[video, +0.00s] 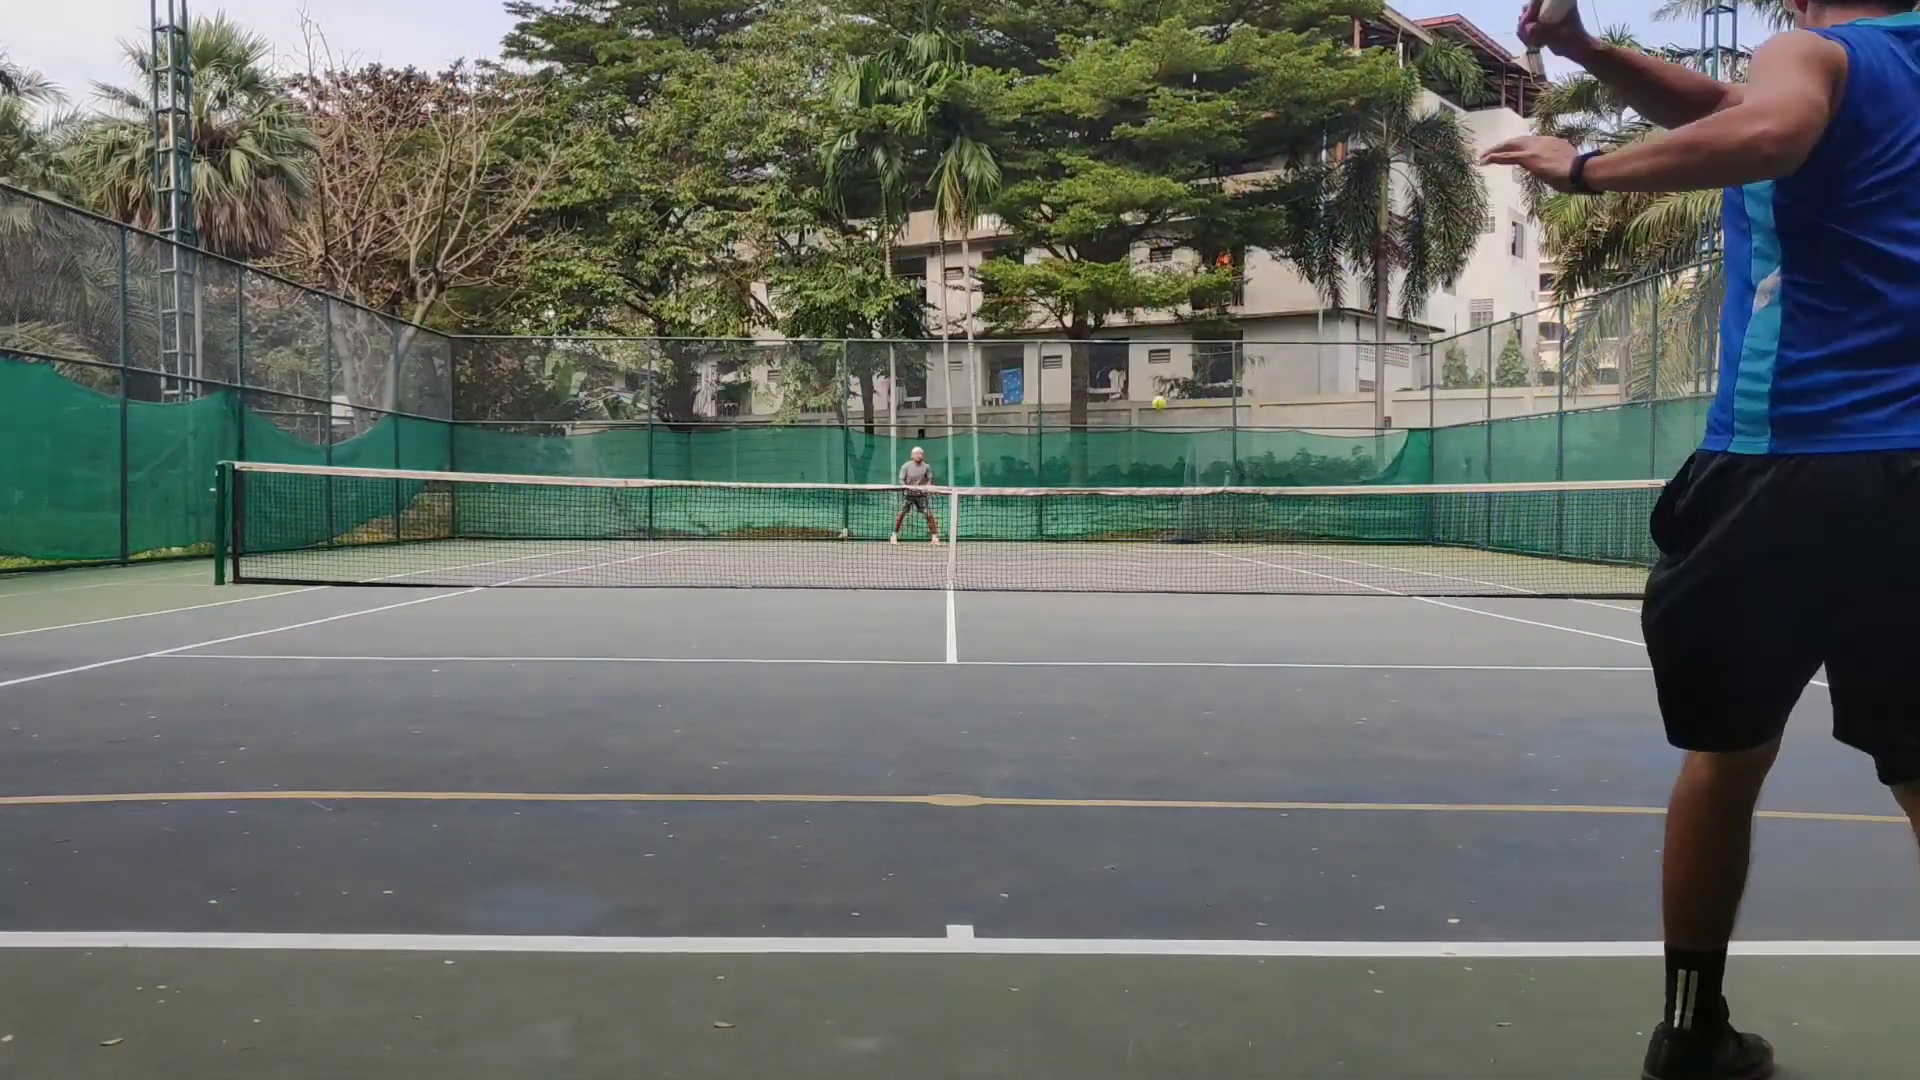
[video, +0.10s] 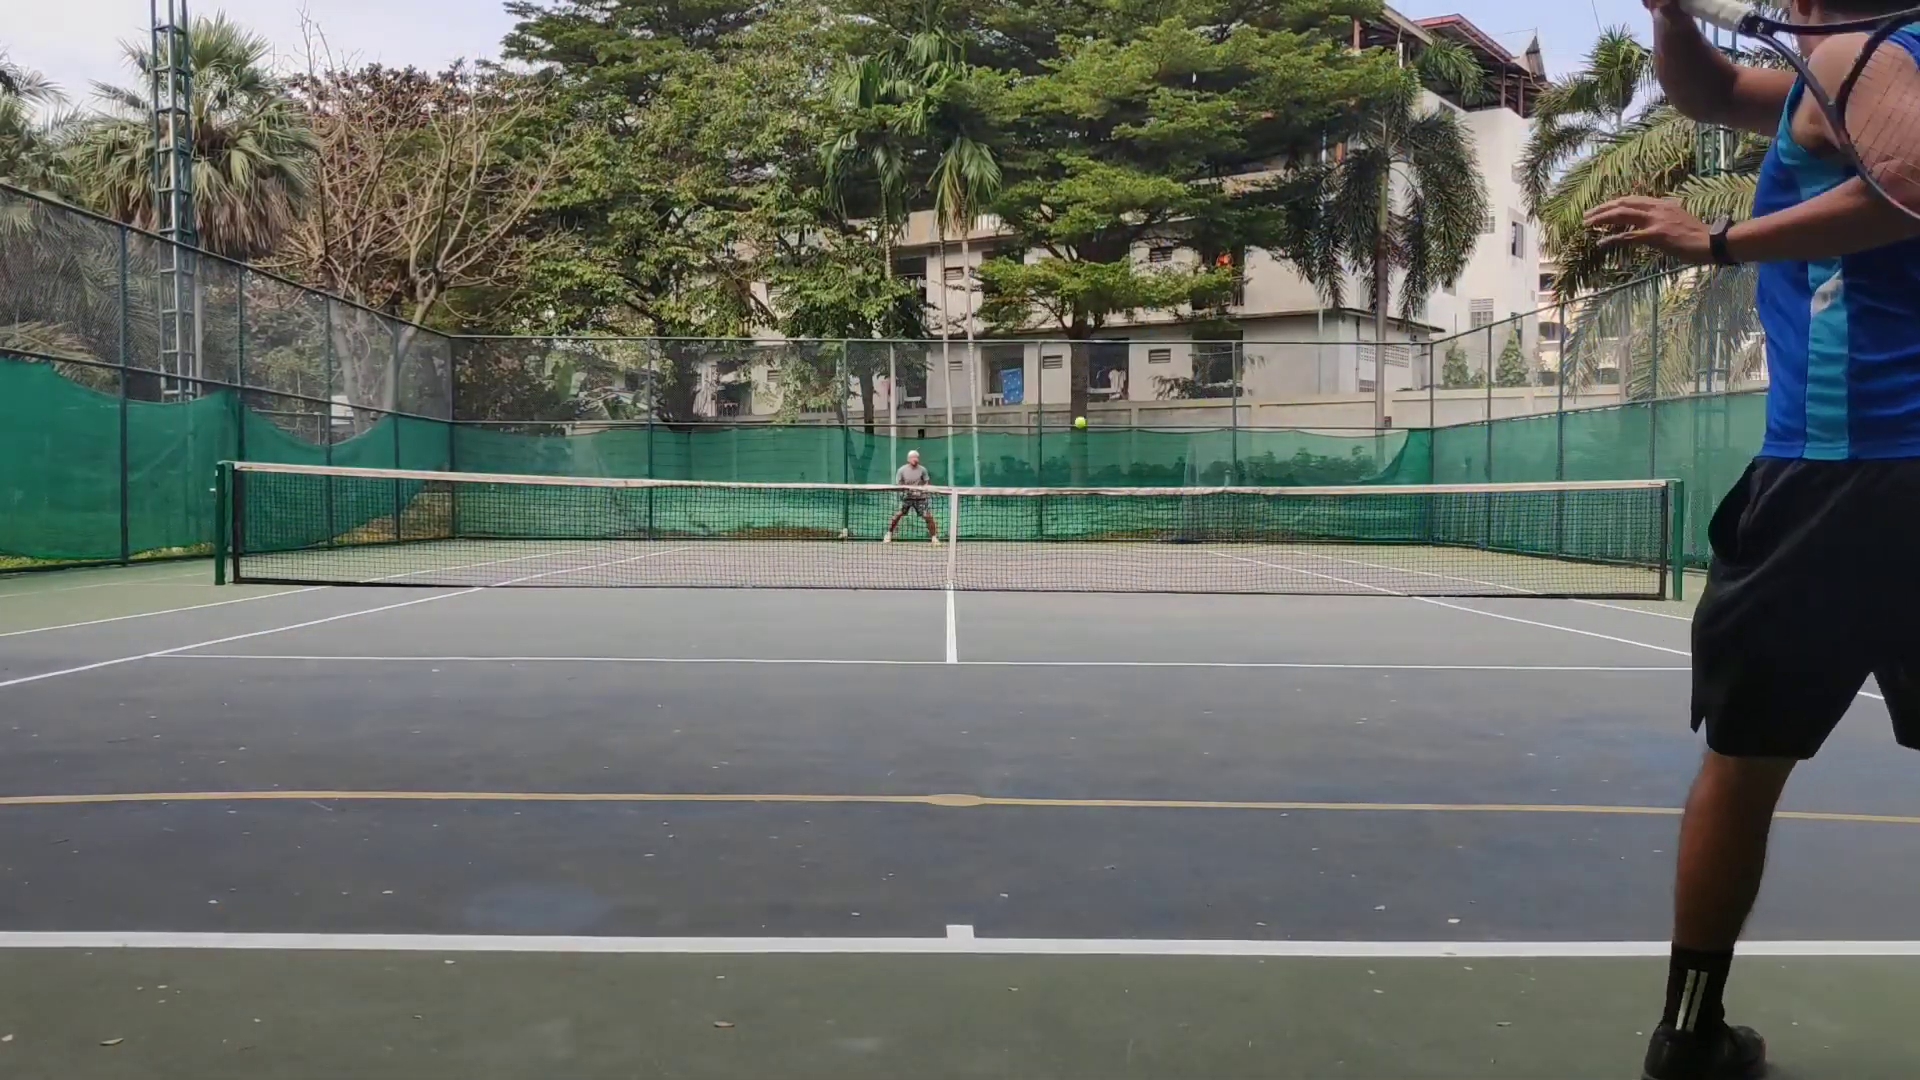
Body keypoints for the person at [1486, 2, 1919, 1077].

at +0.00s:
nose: (1777, 16)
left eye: (1781, 10)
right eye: (1779, 14)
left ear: (1806, 2)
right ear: (1887, 2)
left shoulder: (1811, 49)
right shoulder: (1901, 64)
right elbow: (1734, 103)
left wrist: (1582, 164)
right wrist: (1586, 48)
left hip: (1778, 474)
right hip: (1908, 471)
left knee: (1720, 765)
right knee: (1917, 778)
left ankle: (1693, 1021)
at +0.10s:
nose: (1782, 14)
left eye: (1791, 3)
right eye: (1786, 12)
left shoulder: (1856, 54)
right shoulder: (1830, 66)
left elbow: (1906, 182)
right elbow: (1709, 89)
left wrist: (1718, 236)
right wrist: (1671, 12)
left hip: (1830, 474)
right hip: (1879, 469)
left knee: (1743, 762)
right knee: (1741, 762)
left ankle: (1689, 1027)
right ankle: (1689, 1024)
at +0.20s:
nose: (1791, 23)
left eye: (1797, 10)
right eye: (1792, 11)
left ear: (1829, 20)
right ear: (1884, 21)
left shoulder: (1897, 112)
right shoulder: (1861, 120)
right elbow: (1707, 160)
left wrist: (1819, 313)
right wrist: (1732, 93)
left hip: (1893, 510)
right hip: (1878, 505)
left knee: (1740, 733)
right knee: (1744, 733)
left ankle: (1688, 1021)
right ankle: (1692, 1017)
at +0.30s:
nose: (1792, 95)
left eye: (1791, 74)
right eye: (1793, 77)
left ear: (1811, 68)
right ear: (1903, 57)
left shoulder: (1905, 164)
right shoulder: (1873, 187)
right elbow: (1721, 284)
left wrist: (1844, 355)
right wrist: (1728, 216)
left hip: (1903, 543)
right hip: (1894, 539)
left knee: (1717, 731)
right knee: (1720, 730)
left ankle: (1737, 1027)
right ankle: (1736, 1024)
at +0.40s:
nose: (1776, 87)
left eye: (1776, 63)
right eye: (1775, 67)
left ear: (1798, 56)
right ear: (1895, 51)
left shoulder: (1890, 139)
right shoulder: (1865, 164)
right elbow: (1807, 344)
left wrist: (1806, 337)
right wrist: (1715, 344)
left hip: (1892, 550)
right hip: (1893, 546)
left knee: (1714, 774)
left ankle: (1837, 1049)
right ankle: (1836, 1046)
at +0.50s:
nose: (1732, 29)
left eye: (1732, 15)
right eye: (1736, 17)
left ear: (1752, 13)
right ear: (1849, 12)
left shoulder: (1807, 82)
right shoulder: (1881, 84)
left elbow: (1896, 196)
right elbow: (1864, 311)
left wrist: (1730, 297)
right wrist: (1732, 379)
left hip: (1847, 505)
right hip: (1882, 497)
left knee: (1737, 793)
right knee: (1745, 789)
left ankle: (1855, 1070)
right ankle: (1854, 1065)